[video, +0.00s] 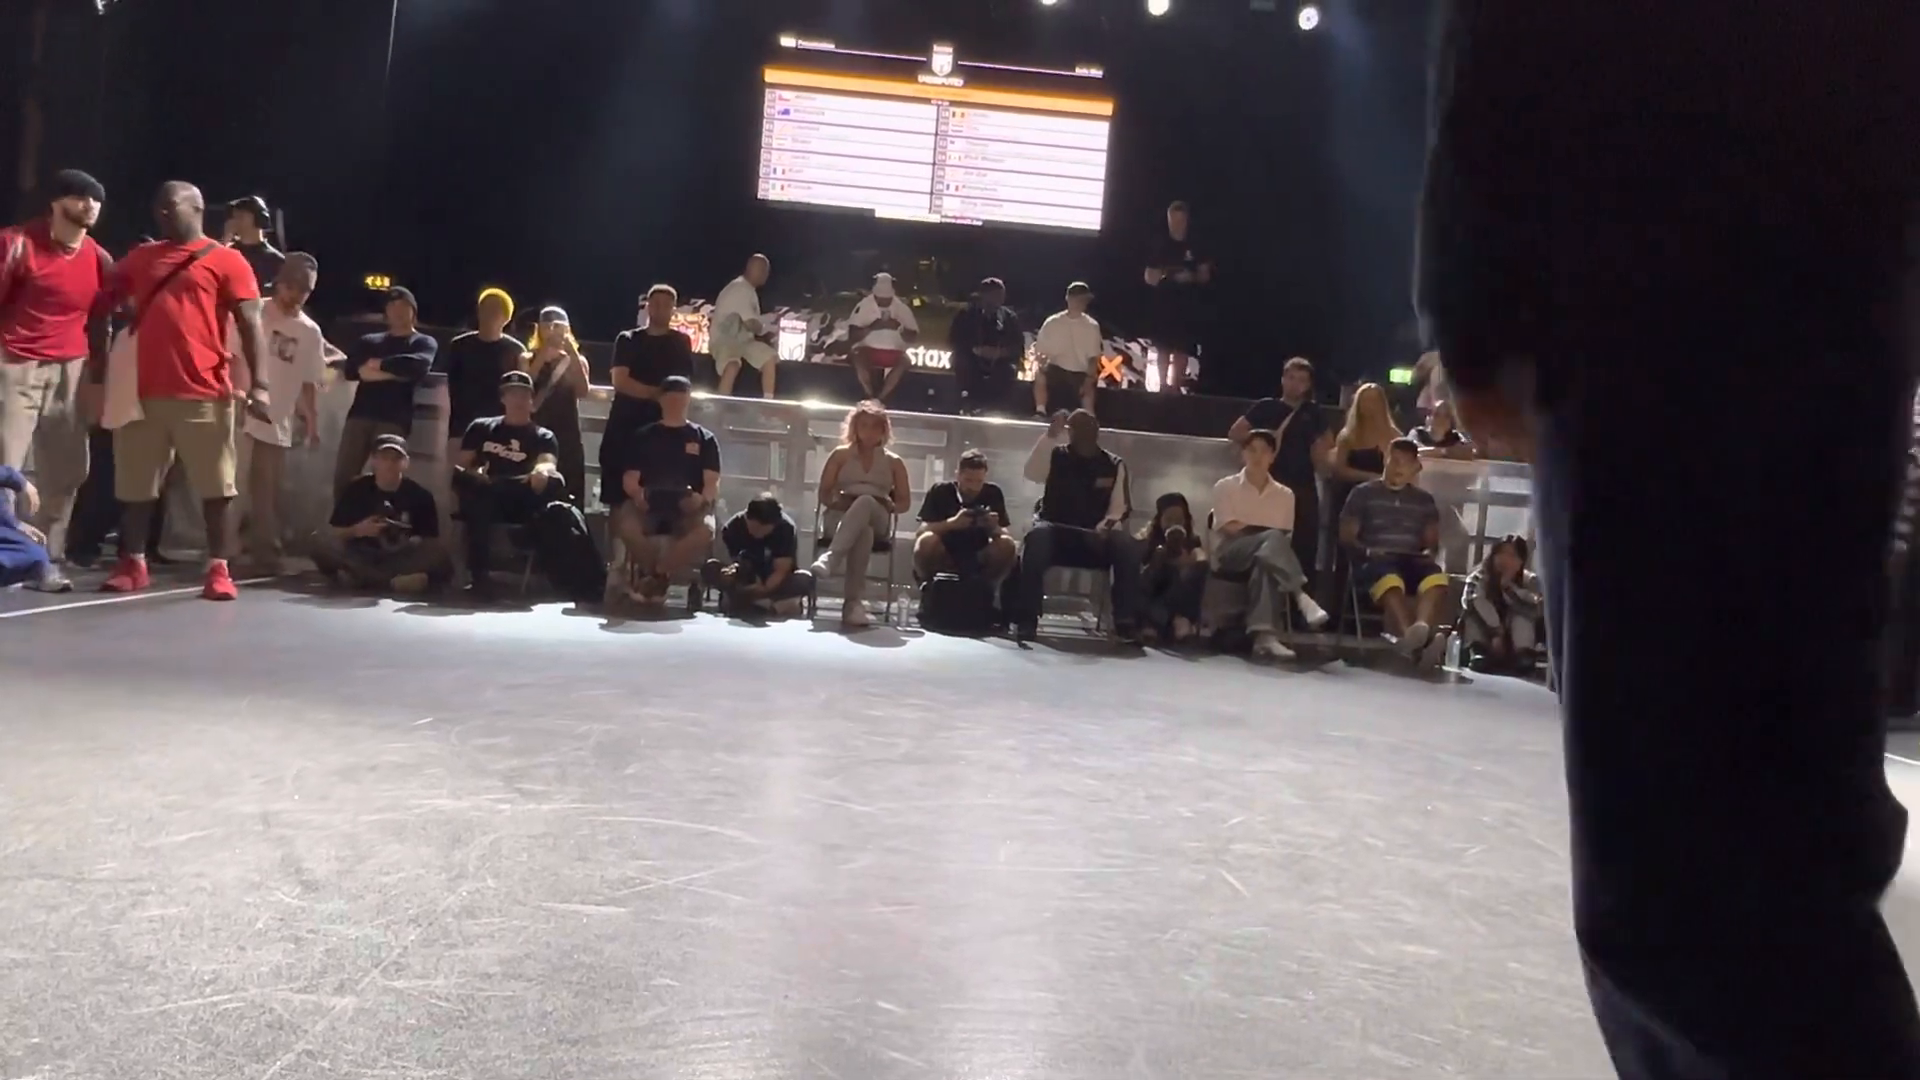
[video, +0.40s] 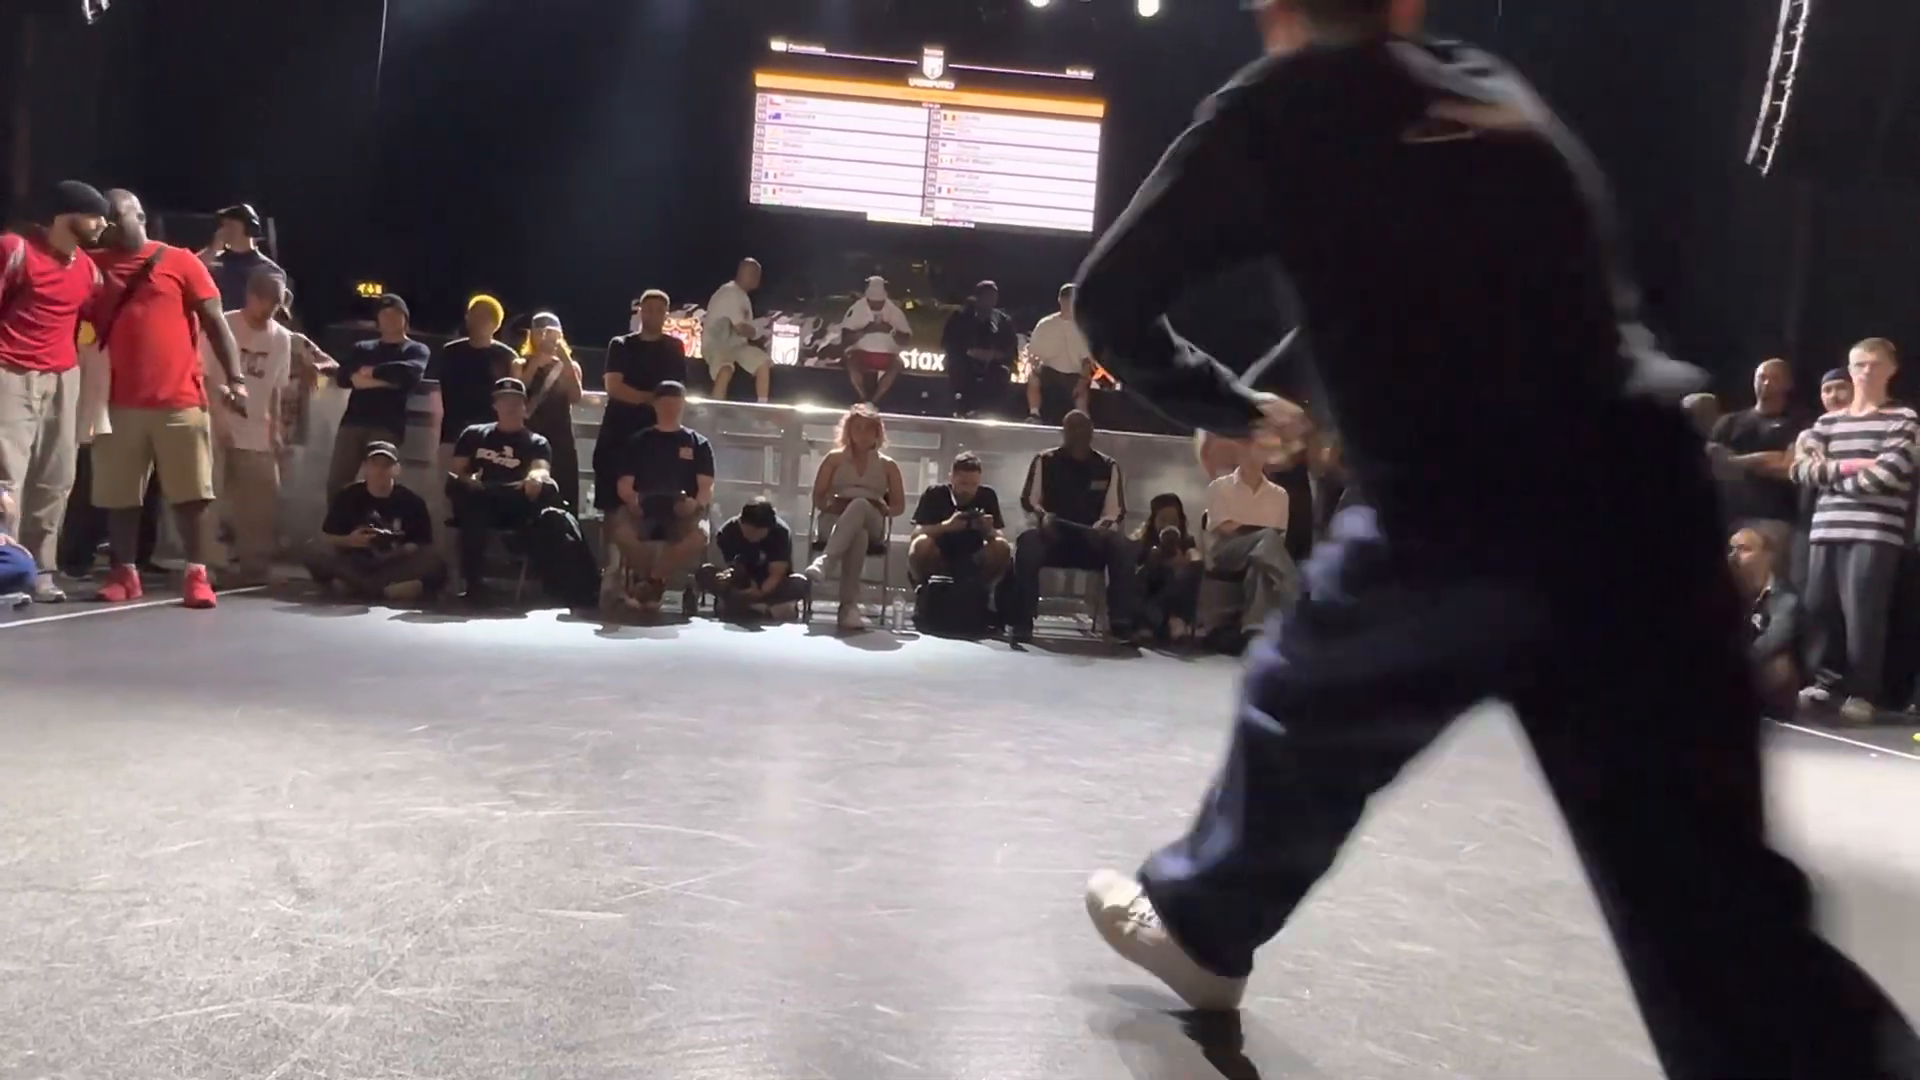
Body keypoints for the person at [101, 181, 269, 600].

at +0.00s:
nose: (161, 213)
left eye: (169, 205)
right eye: (159, 207)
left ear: (194, 207)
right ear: (158, 213)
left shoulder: (227, 259)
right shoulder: (141, 258)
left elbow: (251, 324)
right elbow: (99, 306)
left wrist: (259, 385)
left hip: (206, 395)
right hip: (143, 394)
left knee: (216, 488)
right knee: (136, 487)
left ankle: (219, 569)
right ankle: (133, 566)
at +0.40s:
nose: (112, 224)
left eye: (118, 216)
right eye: (106, 218)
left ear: (140, 217)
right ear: (101, 226)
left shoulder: (180, 261)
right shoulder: (95, 270)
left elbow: (215, 321)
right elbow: (69, 335)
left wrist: (236, 378)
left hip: (181, 403)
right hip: (120, 405)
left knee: (191, 497)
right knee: (120, 498)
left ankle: (197, 574)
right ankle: (125, 575)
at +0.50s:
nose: (106, 228)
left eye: (111, 219)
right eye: (98, 222)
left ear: (129, 219)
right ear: (92, 229)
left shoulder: (171, 261)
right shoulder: (86, 272)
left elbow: (209, 321)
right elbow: (68, 333)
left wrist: (228, 375)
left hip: (177, 403)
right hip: (116, 406)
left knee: (185, 494)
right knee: (116, 497)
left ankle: (183, 574)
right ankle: (121, 576)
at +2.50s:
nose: (98, 278)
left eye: (106, 269)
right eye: (96, 271)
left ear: (132, 268)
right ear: (96, 275)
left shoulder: (174, 313)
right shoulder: (84, 321)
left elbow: (214, 375)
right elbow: (66, 387)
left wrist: (221, 421)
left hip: (172, 447)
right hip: (113, 451)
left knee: (187, 537)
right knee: (117, 543)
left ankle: (189, 615)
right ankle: (126, 621)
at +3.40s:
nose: (123, 274)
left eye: (127, 264)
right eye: (121, 268)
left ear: (156, 260)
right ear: (125, 271)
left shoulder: (203, 304)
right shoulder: (116, 312)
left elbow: (241, 362)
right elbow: (96, 371)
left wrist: (239, 421)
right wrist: (127, 340)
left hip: (199, 441)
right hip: (140, 443)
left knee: (209, 533)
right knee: (139, 534)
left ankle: (206, 610)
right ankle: (143, 612)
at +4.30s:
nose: (136, 258)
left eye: (141, 249)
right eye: (127, 253)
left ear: (154, 248)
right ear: (114, 257)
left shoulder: (191, 293)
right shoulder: (105, 298)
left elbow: (219, 355)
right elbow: (105, 353)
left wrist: (238, 413)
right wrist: (146, 320)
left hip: (196, 425)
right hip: (137, 429)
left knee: (208, 515)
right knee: (140, 520)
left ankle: (211, 597)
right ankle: (154, 599)